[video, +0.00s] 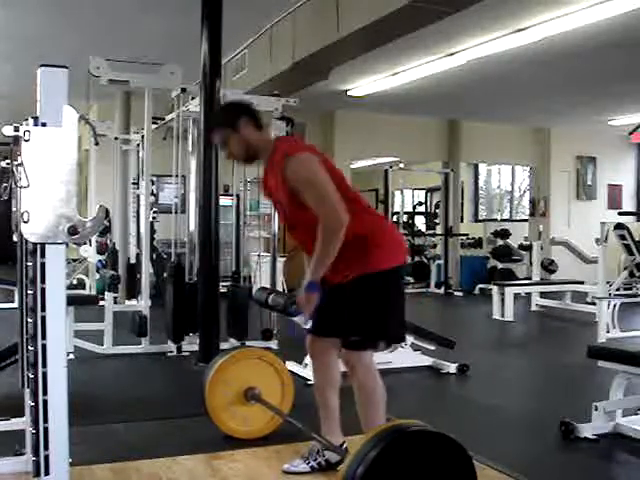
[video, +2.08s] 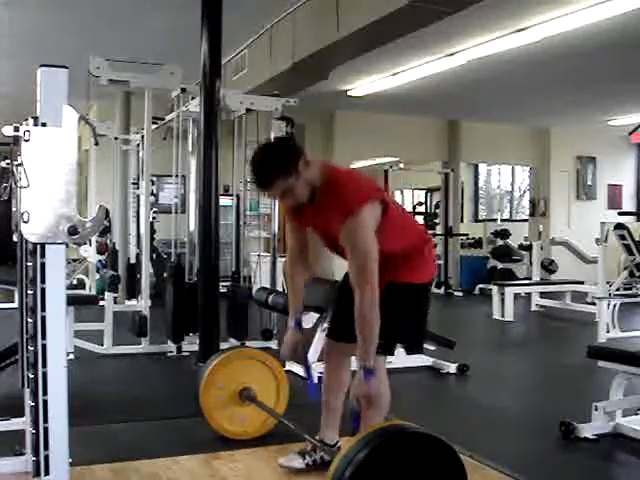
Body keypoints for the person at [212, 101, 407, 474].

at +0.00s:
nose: (227, 153)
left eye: (225, 142)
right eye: (221, 147)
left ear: (247, 127)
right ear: (244, 133)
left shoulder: (294, 159)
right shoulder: (275, 170)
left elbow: (335, 217)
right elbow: (310, 231)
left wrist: (312, 281)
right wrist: (299, 282)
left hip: (371, 259)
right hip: (343, 264)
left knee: (357, 355)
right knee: (322, 346)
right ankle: (332, 443)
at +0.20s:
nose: (247, 124)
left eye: (249, 113)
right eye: (242, 117)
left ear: (272, 99)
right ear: (260, 110)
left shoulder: (316, 138)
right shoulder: (283, 153)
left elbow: (362, 186)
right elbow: (307, 212)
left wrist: (354, 247)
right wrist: (311, 258)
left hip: (370, 258)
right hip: (335, 262)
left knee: (361, 351)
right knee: (326, 346)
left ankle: (383, 447)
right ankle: (331, 445)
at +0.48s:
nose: (291, 106)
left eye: (294, 95)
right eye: (285, 100)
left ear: (318, 83)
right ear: (286, 100)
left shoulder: (356, 122)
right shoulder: (312, 138)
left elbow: (415, 161)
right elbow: (331, 204)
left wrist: (417, 229)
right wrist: (328, 258)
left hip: (380, 261)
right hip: (342, 264)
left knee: (383, 356)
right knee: (330, 349)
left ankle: (414, 444)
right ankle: (331, 446)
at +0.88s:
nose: (354, 101)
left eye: (358, 90)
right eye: (345, 95)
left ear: (374, 74)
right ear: (337, 93)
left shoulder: (409, 120)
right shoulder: (348, 130)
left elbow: (450, 181)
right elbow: (363, 189)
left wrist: (403, 230)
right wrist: (346, 223)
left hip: (410, 265)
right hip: (363, 263)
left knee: (411, 357)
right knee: (350, 344)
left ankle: (421, 444)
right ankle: (370, 439)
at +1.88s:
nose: (314, 131)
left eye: (317, 119)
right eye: (306, 125)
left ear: (336, 99)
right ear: (297, 119)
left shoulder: (378, 143)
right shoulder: (318, 145)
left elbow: (400, 223)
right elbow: (320, 209)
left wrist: (369, 287)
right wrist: (312, 268)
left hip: (394, 270)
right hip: (354, 265)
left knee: (365, 358)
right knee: (334, 350)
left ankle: (368, 449)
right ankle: (368, 434)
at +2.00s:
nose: (299, 158)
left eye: (302, 147)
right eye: (291, 152)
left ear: (318, 129)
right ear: (286, 145)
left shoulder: (362, 162)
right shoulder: (308, 168)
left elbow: (379, 251)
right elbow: (309, 225)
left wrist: (365, 328)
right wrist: (304, 287)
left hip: (402, 267)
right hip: (361, 263)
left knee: (367, 354)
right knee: (327, 339)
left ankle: (370, 448)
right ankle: (348, 429)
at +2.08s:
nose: (286, 202)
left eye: (288, 191)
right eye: (279, 196)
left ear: (305, 166)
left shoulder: (351, 195)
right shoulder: (293, 198)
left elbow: (367, 288)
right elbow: (297, 261)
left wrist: (366, 369)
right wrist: (295, 323)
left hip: (407, 266)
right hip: (362, 265)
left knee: (372, 362)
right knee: (335, 352)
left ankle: (367, 453)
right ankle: (327, 443)